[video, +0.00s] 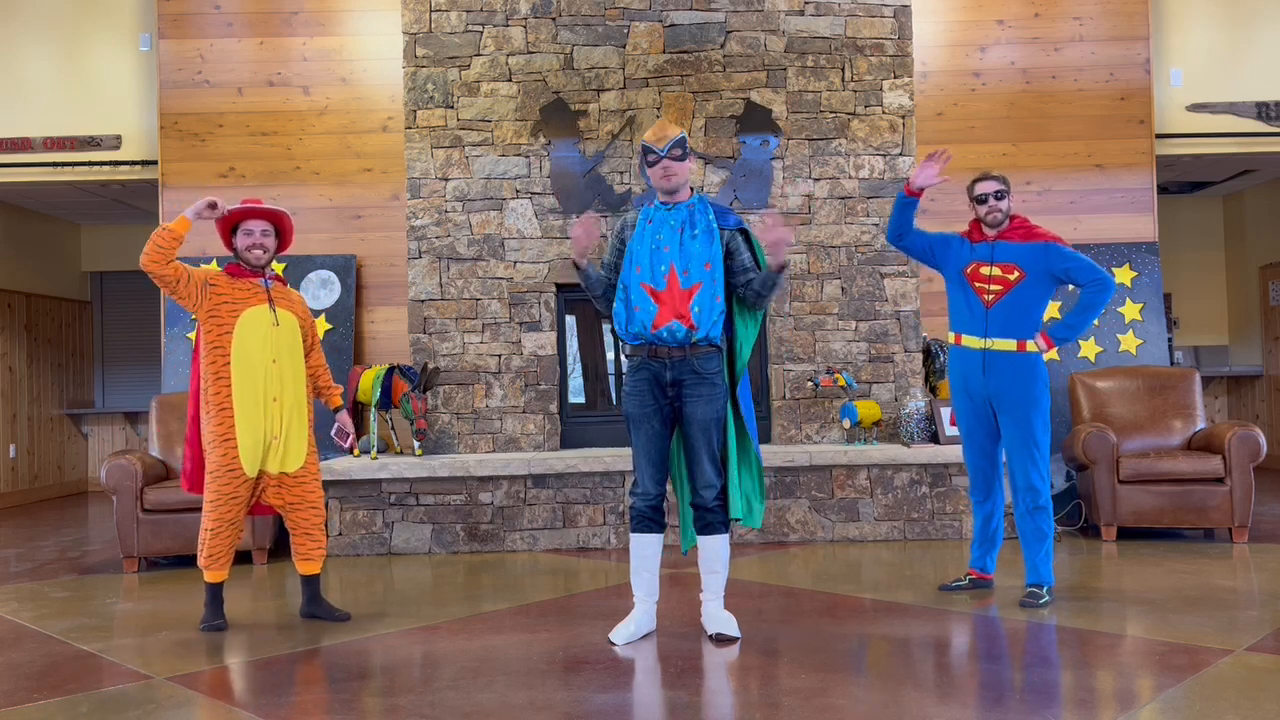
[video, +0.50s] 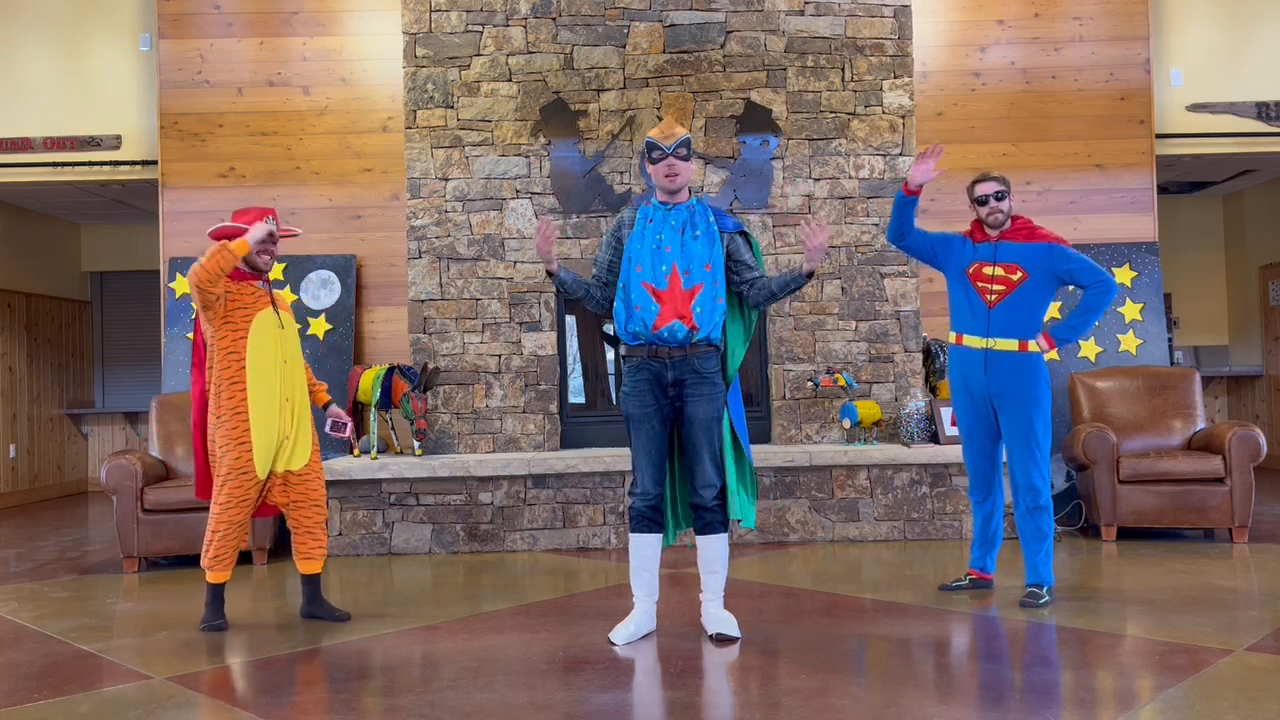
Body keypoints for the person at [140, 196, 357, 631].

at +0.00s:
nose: (257, 240)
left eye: (265, 235)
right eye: (248, 234)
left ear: (277, 244)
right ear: (233, 242)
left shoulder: (294, 300)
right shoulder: (209, 287)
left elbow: (314, 360)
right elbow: (154, 261)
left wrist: (339, 407)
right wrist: (188, 217)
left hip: (289, 422)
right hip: (231, 421)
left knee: (308, 502)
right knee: (223, 507)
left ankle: (313, 598)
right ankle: (213, 605)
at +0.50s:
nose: (271, 251)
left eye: (274, 245)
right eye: (262, 244)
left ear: (276, 248)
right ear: (239, 246)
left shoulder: (279, 300)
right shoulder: (219, 292)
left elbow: (294, 362)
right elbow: (201, 275)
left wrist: (327, 404)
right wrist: (245, 240)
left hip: (289, 418)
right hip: (239, 421)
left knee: (310, 498)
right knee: (231, 506)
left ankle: (313, 599)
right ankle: (214, 605)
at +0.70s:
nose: (274, 257)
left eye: (275, 251)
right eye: (268, 250)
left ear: (268, 252)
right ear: (245, 247)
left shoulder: (269, 297)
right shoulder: (220, 287)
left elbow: (287, 368)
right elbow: (222, 272)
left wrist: (304, 423)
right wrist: (262, 242)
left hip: (287, 415)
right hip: (241, 418)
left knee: (310, 496)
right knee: (234, 501)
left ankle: (313, 598)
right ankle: (214, 605)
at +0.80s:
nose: (276, 257)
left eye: (278, 250)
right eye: (269, 250)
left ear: (275, 252)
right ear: (246, 250)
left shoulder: (270, 296)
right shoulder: (221, 290)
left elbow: (283, 365)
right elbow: (215, 272)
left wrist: (298, 422)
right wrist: (257, 241)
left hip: (287, 415)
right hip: (241, 418)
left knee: (310, 495)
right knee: (233, 502)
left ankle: (312, 598)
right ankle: (214, 605)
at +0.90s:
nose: (273, 252)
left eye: (277, 244)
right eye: (264, 244)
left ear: (280, 247)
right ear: (240, 246)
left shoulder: (275, 297)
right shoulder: (221, 289)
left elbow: (286, 366)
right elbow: (196, 271)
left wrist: (297, 422)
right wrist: (242, 236)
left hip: (287, 416)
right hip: (239, 418)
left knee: (309, 495)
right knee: (230, 503)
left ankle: (312, 598)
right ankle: (214, 605)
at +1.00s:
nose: (270, 246)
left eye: (276, 239)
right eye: (260, 239)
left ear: (282, 245)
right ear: (240, 244)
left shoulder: (287, 299)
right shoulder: (216, 288)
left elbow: (293, 366)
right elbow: (176, 266)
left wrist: (301, 424)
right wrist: (221, 230)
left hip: (290, 420)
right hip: (237, 420)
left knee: (310, 497)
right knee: (228, 503)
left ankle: (313, 598)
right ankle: (214, 605)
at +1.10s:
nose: (265, 244)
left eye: (272, 237)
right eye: (256, 237)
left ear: (281, 245)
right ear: (237, 243)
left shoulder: (295, 302)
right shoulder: (211, 290)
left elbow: (313, 362)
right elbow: (157, 264)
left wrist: (324, 414)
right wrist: (200, 221)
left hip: (290, 424)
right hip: (234, 424)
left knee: (310, 502)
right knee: (225, 506)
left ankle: (313, 598)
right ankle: (214, 605)